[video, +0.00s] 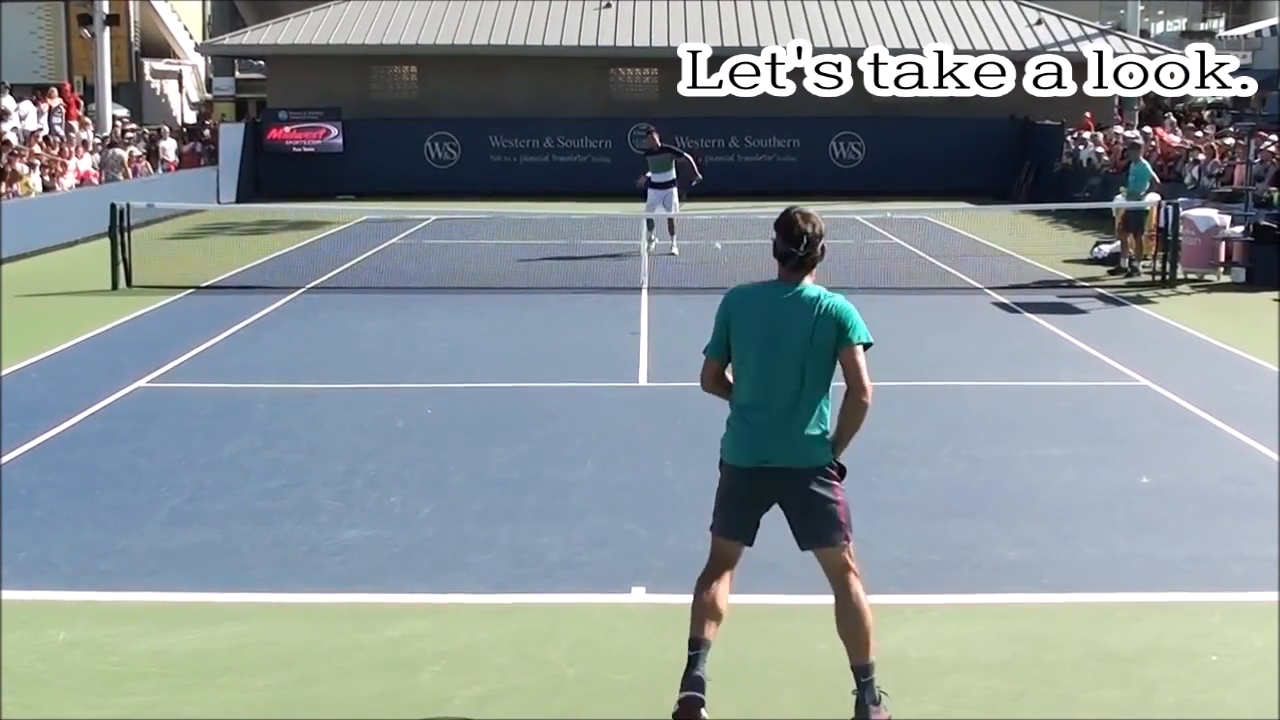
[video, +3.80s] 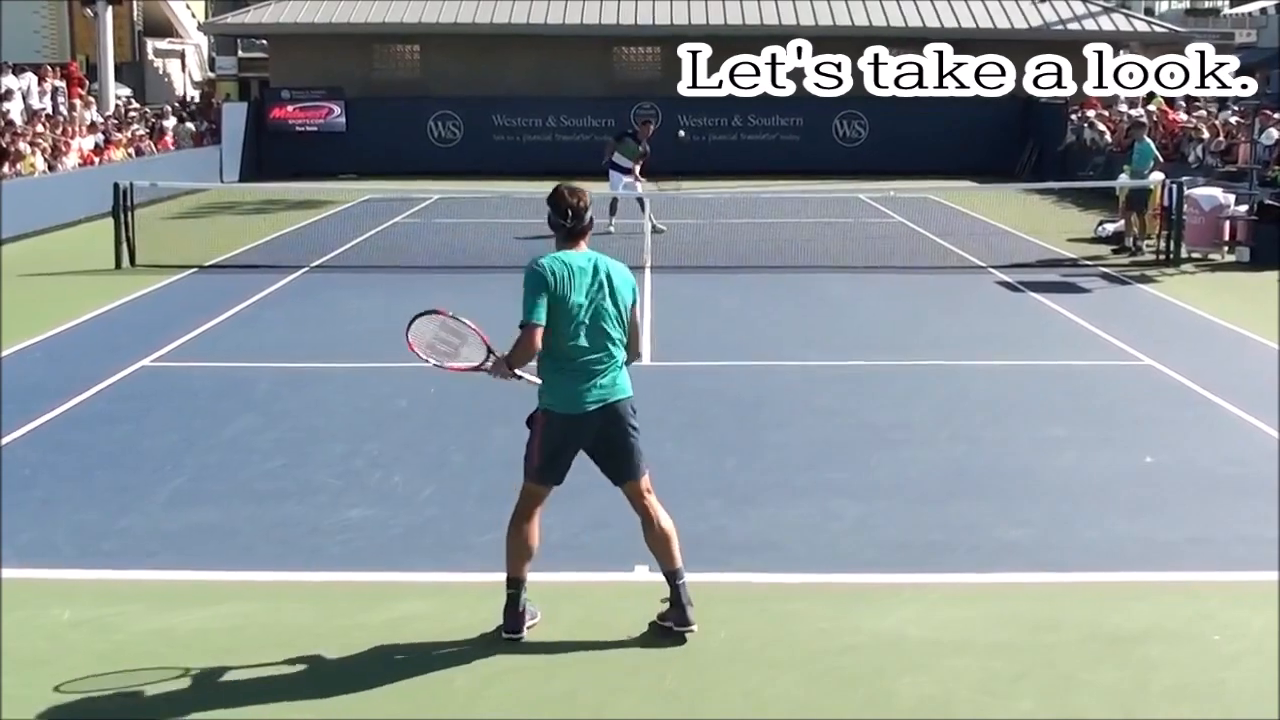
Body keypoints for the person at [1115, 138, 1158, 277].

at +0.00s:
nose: (1129, 154)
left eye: (1132, 151)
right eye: (1129, 151)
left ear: (1138, 152)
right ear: (1130, 152)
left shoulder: (1145, 166)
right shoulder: (1132, 165)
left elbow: (1156, 182)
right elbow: (1134, 182)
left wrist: (1144, 193)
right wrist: (1126, 191)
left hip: (1140, 206)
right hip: (1129, 204)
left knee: (1138, 236)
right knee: (1123, 234)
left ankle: (1137, 265)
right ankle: (1123, 263)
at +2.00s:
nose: (1122, 153)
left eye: (1125, 150)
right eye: (1122, 150)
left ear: (1132, 151)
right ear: (1123, 151)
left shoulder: (1138, 165)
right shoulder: (1126, 165)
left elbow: (1148, 181)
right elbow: (1125, 181)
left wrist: (1137, 193)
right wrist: (1119, 189)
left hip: (1134, 205)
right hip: (1123, 203)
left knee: (1131, 234)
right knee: (1117, 232)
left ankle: (1132, 265)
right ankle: (1118, 263)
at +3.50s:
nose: (1131, 136)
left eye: (1133, 133)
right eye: (1130, 133)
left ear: (1140, 133)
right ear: (1129, 135)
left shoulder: (1144, 147)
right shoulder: (1133, 147)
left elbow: (1157, 164)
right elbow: (1133, 165)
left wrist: (1145, 176)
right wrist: (1127, 172)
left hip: (1140, 187)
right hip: (1130, 186)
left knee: (1137, 218)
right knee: (1122, 215)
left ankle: (1136, 248)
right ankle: (1124, 246)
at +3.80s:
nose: (1133, 133)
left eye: (1136, 130)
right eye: (1133, 130)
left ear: (1143, 130)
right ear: (1133, 132)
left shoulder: (1148, 143)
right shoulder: (1137, 144)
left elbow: (1159, 160)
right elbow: (1138, 161)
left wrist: (1148, 172)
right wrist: (1130, 169)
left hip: (1143, 183)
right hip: (1133, 182)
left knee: (1140, 214)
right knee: (1127, 213)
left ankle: (1140, 245)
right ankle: (1128, 243)